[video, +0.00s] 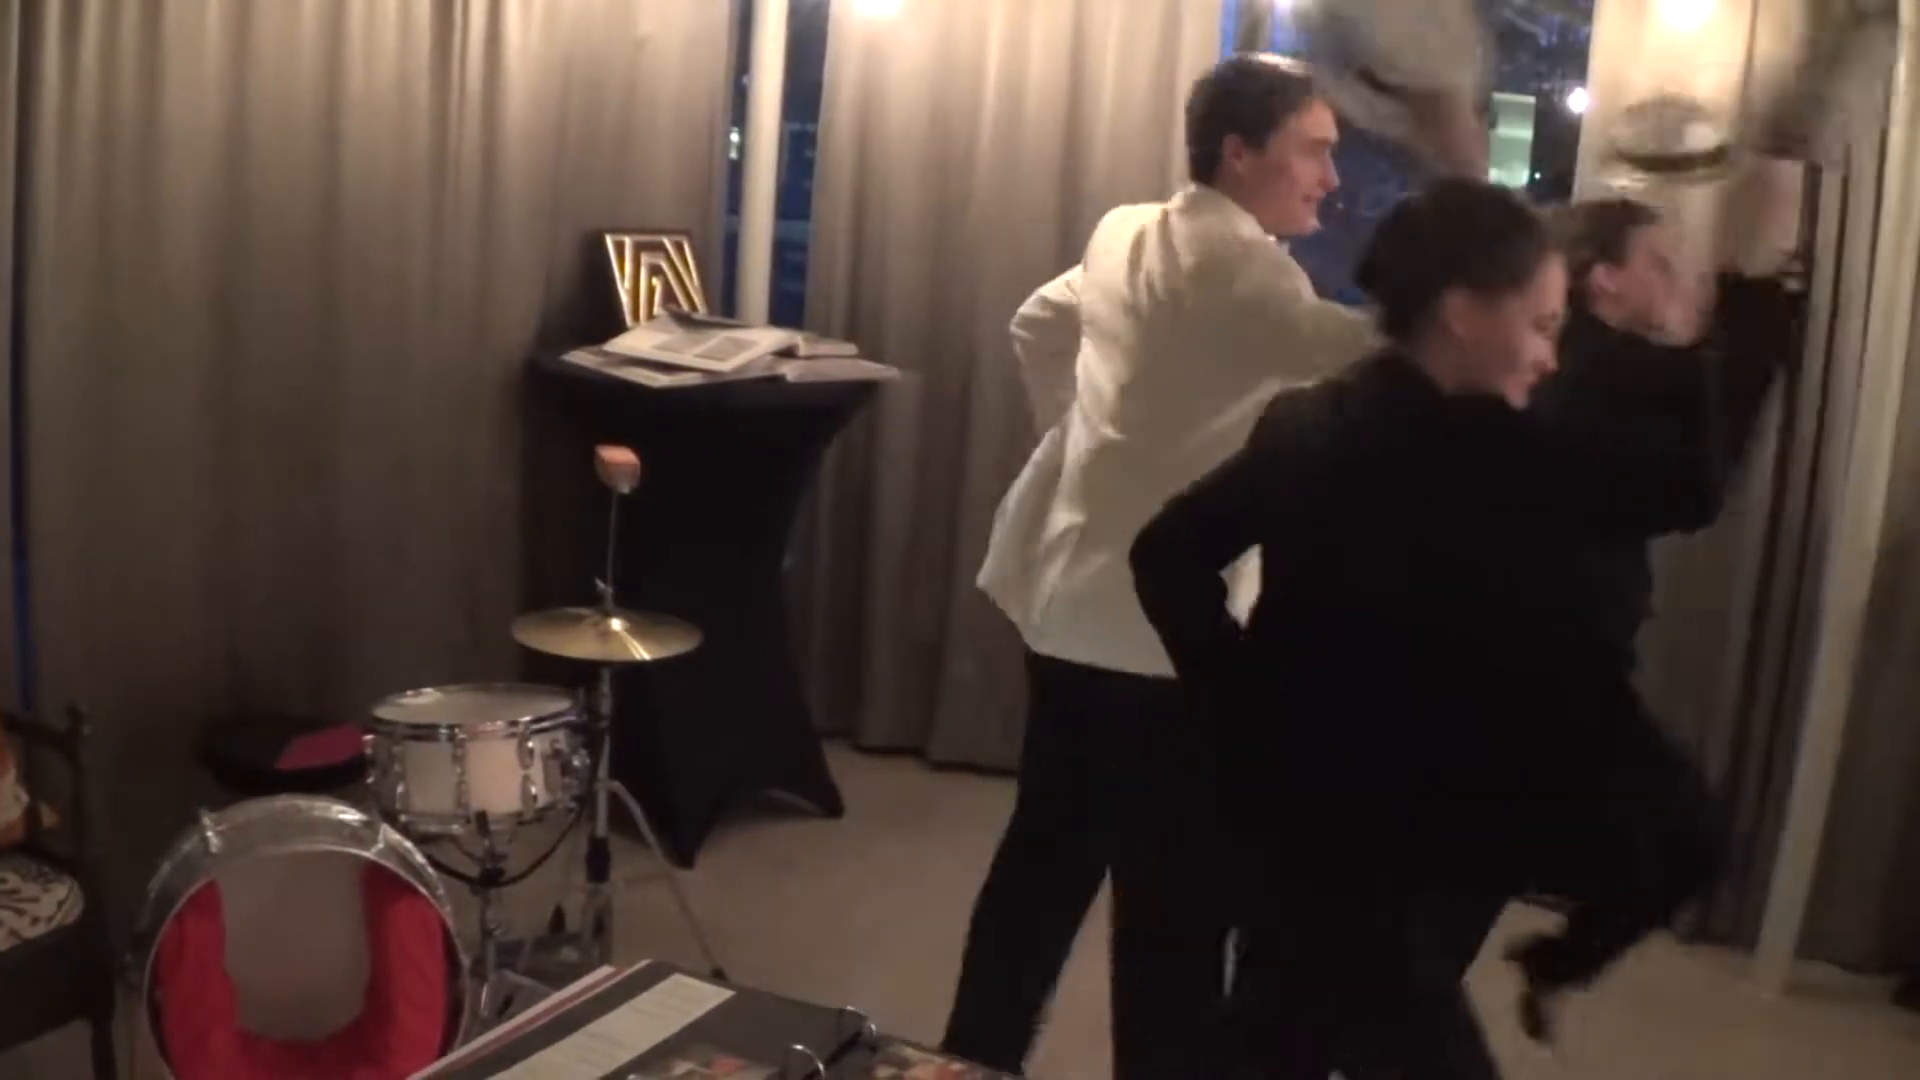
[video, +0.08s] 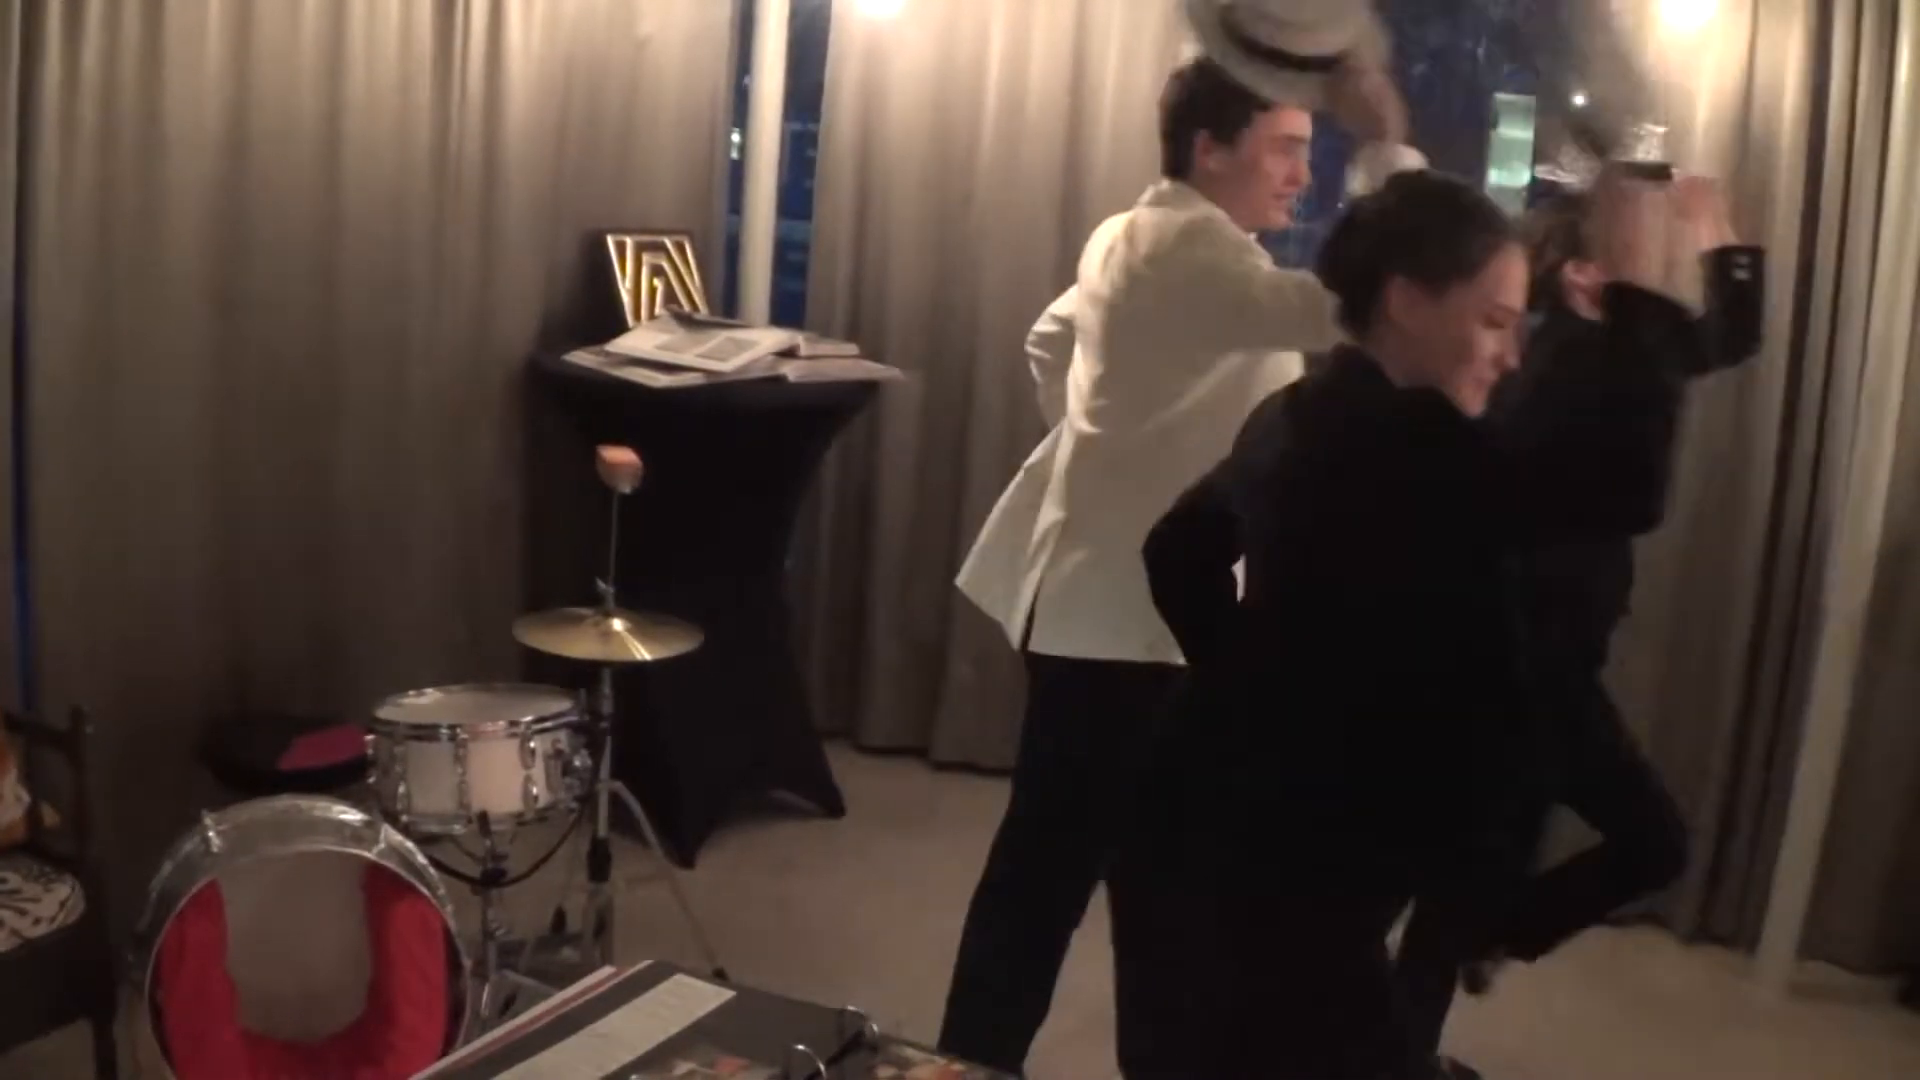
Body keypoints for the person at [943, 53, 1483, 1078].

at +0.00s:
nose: (1331, 178)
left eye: (1331, 154)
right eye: (1314, 153)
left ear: (1228, 157)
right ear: (1239, 154)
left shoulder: (1128, 235)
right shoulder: (1252, 284)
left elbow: (1036, 326)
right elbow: (1399, 347)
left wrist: (1082, 442)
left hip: (1060, 599)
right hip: (1150, 631)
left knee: (1048, 848)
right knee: (1177, 897)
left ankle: (977, 1057)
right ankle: (1167, 1072)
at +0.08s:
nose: (1301, 173)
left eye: (1305, 151)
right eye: (1285, 147)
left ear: (1209, 150)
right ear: (1212, 147)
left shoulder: (1123, 237)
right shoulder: (1204, 254)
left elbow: (1050, 338)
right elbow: (1370, 305)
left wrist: (1088, 450)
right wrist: (1387, 144)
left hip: (1075, 601)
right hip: (1129, 621)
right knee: (1050, 862)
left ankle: (977, 1055)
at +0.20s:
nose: (1257, 171)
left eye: (1261, 150)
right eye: (1238, 147)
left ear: (1175, 151)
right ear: (1164, 150)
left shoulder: (1167, 244)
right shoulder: (1137, 246)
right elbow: (1289, 293)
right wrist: (1310, 170)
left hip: (1130, 609)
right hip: (1101, 617)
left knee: (1181, 857)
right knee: (1040, 866)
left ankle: (1114, 1032)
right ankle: (972, 1057)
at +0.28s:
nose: (1231, 172)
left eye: (1235, 151)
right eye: (1214, 146)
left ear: (1162, 145)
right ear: (1140, 141)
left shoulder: (1154, 242)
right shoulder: (1108, 239)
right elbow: (1237, 279)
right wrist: (1260, 146)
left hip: (1136, 605)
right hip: (1090, 610)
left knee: (1127, 845)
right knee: (1054, 851)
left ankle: (1058, 1014)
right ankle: (980, 1048)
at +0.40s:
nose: (1204, 175)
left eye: (1209, 155)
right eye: (1187, 150)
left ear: (1136, 142)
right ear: (1119, 141)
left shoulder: (1111, 236)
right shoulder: (1083, 241)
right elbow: (1212, 273)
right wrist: (1236, 143)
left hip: (1105, 609)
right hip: (1081, 621)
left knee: (1059, 883)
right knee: (1048, 882)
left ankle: (990, 1053)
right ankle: (982, 1056)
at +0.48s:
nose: (1187, 172)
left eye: (1195, 151)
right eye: (1167, 146)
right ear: (1099, 136)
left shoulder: (1115, 238)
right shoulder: (1065, 241)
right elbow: (1185, 280)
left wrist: (1230, 144)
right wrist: (1219, 148)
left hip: (1103, 610)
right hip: (1071, 620)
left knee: (1056, 891)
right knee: (1041, 889)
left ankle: (992, 1054)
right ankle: (984, 1058)